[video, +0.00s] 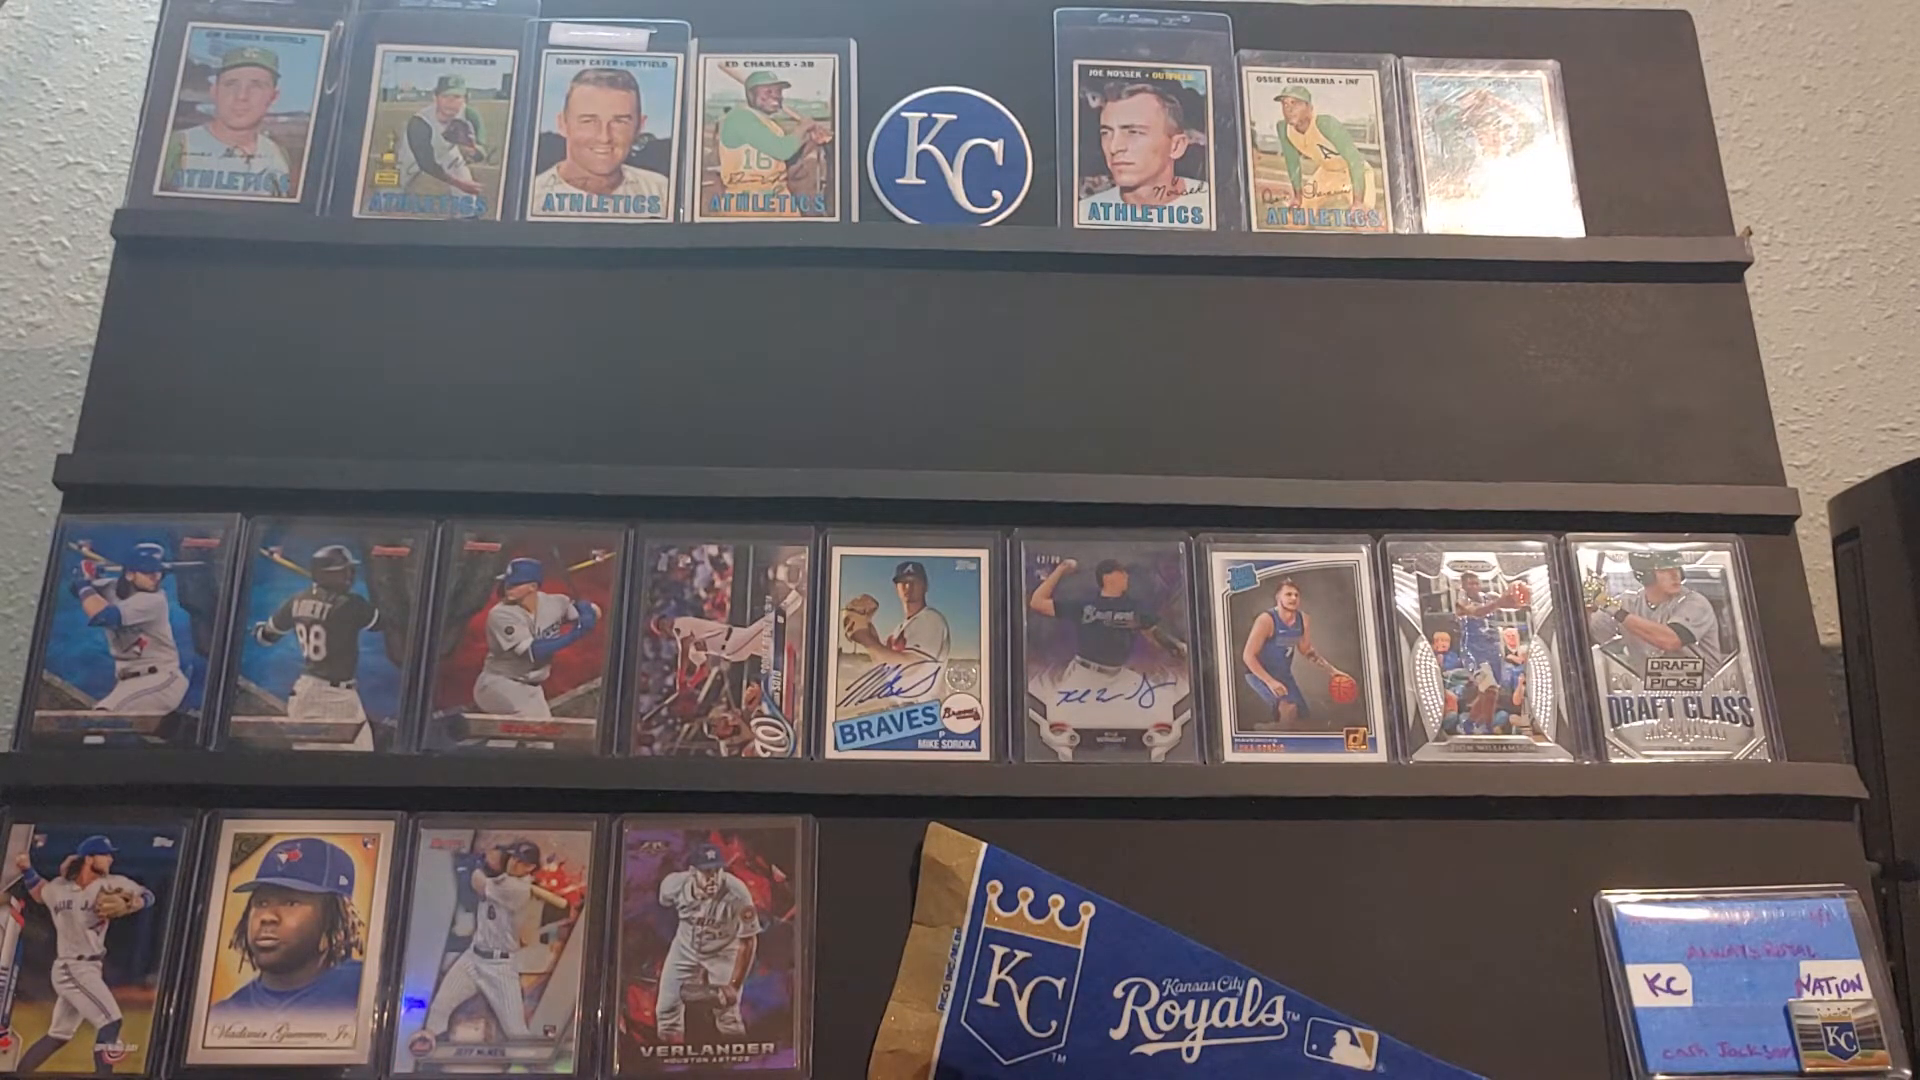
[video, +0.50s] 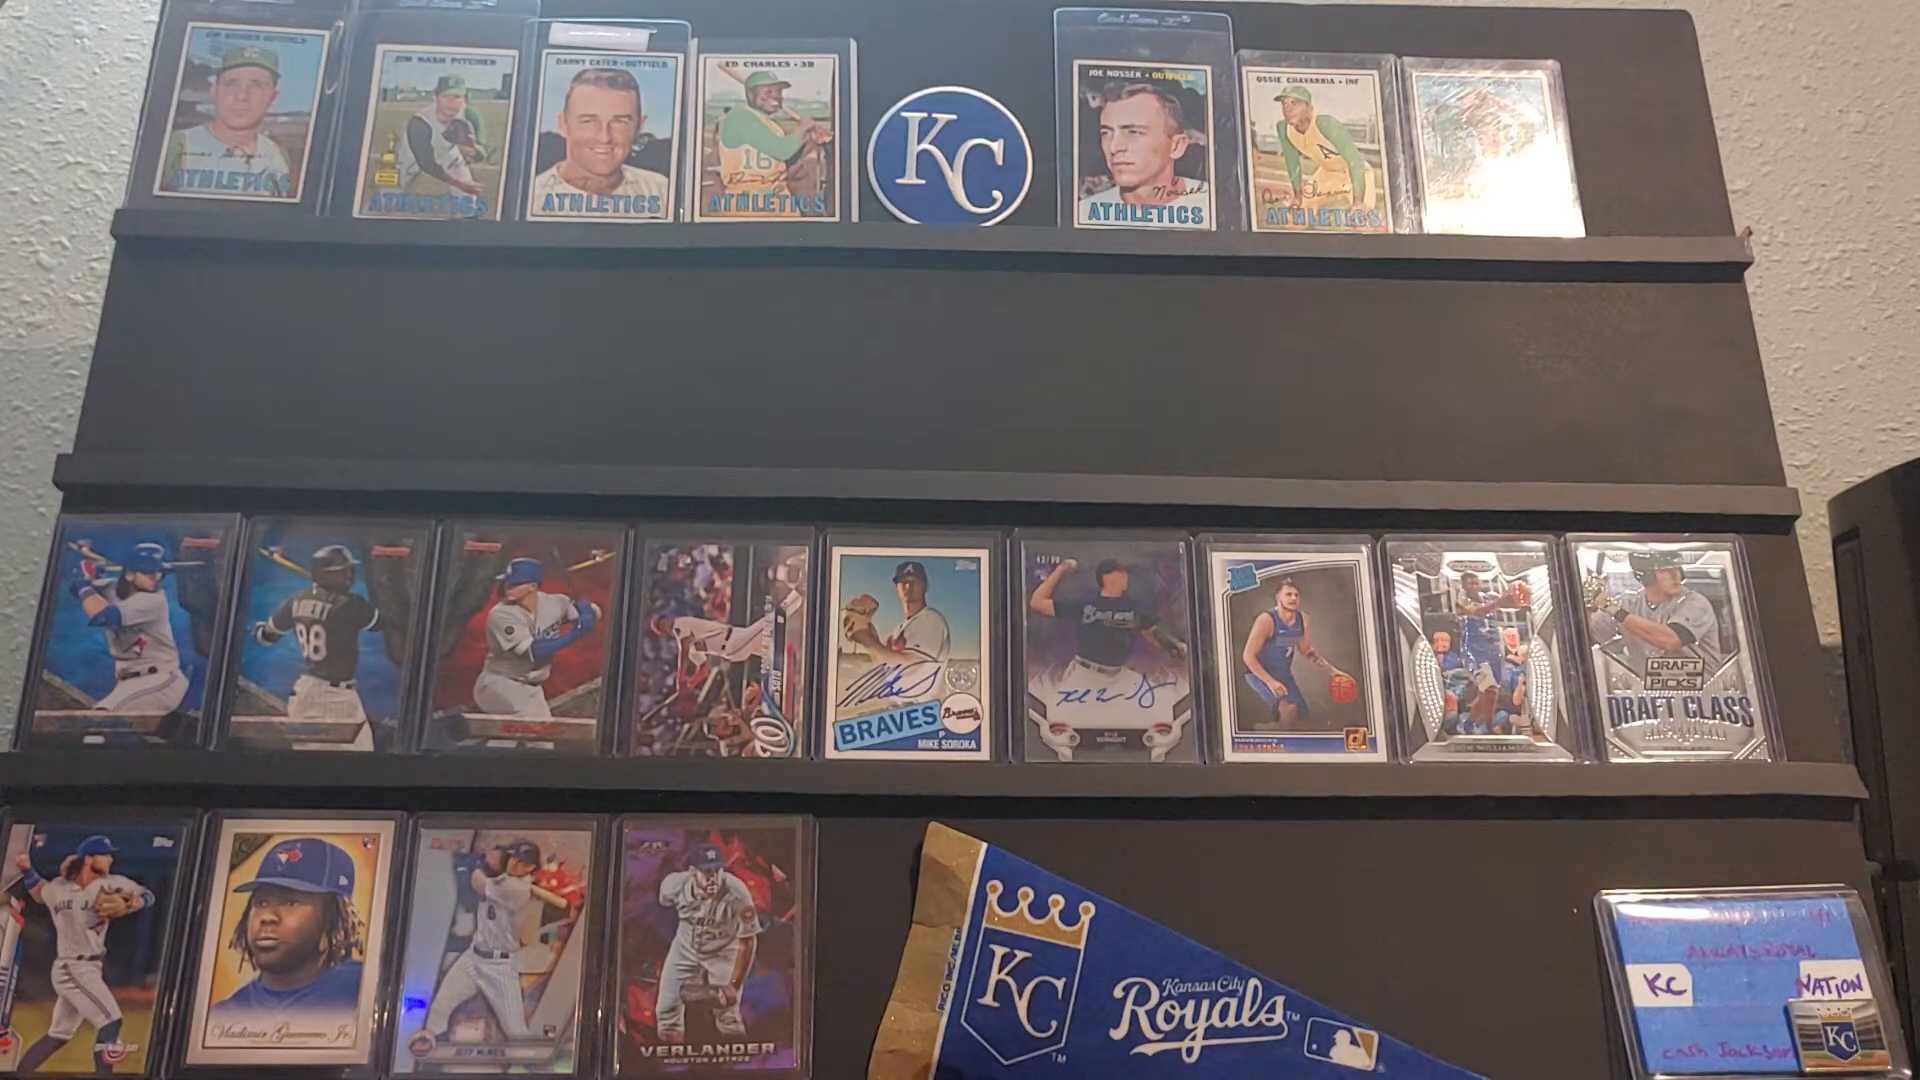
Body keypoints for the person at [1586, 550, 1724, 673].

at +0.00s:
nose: (1676, 575)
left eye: (1677, 568)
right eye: (1666, 569)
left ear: (1682, 571)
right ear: (1644, 574)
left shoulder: (1696, 604)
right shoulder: (1628, 604)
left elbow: (1670, 641)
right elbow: (1586, 636)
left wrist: (1619, 613)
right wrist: (1585, 608)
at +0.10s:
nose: (1676, 575)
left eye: (1677, 568)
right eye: (1666, 569)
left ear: (1682, 571)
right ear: (1644, 574)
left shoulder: (1696, 604)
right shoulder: (1628, 604)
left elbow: (1670, 641)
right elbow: (1586, 636)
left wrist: (1619, 613)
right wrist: (1584, 608)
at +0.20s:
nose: (1676, 575)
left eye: (1677, 568)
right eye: (1666, 569)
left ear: (1682, 571)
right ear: (1644, 574)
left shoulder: (1696, 604)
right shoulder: (1629, 604)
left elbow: (1671, 641)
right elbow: (1587, 637)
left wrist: (1619, 613)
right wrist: (1585, 609)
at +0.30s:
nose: (1676, 575)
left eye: (1677, 568)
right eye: (1666, 569)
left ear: (1682, 571)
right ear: (1644, 574)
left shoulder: (1696, 604)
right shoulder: (1629, 604)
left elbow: (1671, 641)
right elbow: (1587, 637)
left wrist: (1619, 613)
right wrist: (1585, 609)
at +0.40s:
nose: (1676, 575)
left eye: (1677, 568)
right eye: (1666, 569)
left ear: (1682, 570)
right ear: (1644, 574)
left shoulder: (1696, 604)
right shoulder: (1628, 604)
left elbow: (1671, 641)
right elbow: (1586, 637)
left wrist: (1619, 613)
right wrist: (1585, 609)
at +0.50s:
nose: (1676, 575)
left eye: (1677, 568)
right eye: (1666, 569)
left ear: (1682, 571)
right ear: (1644, 574)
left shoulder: (1696, 604)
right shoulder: (1629, 604)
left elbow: (1671, 641)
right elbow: (1586, 637)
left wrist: (1619, 613)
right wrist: (1585, 609)